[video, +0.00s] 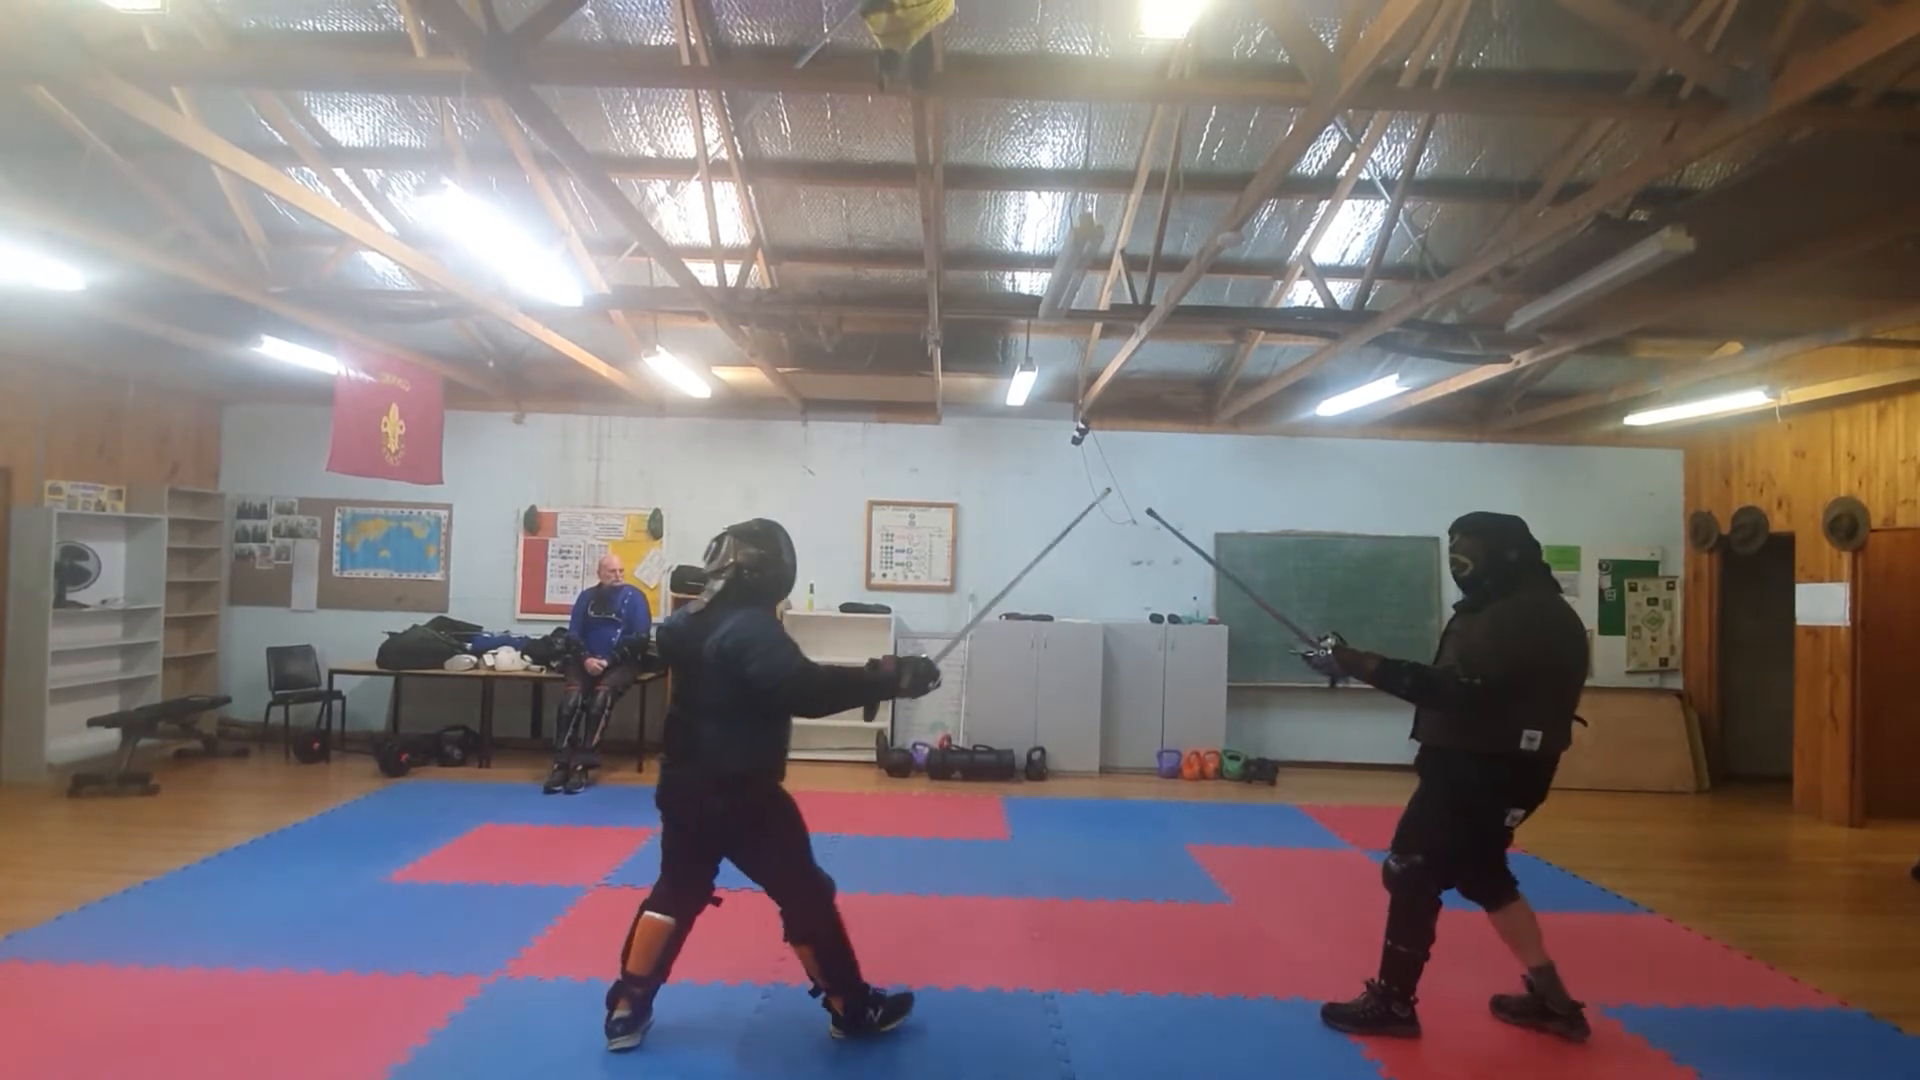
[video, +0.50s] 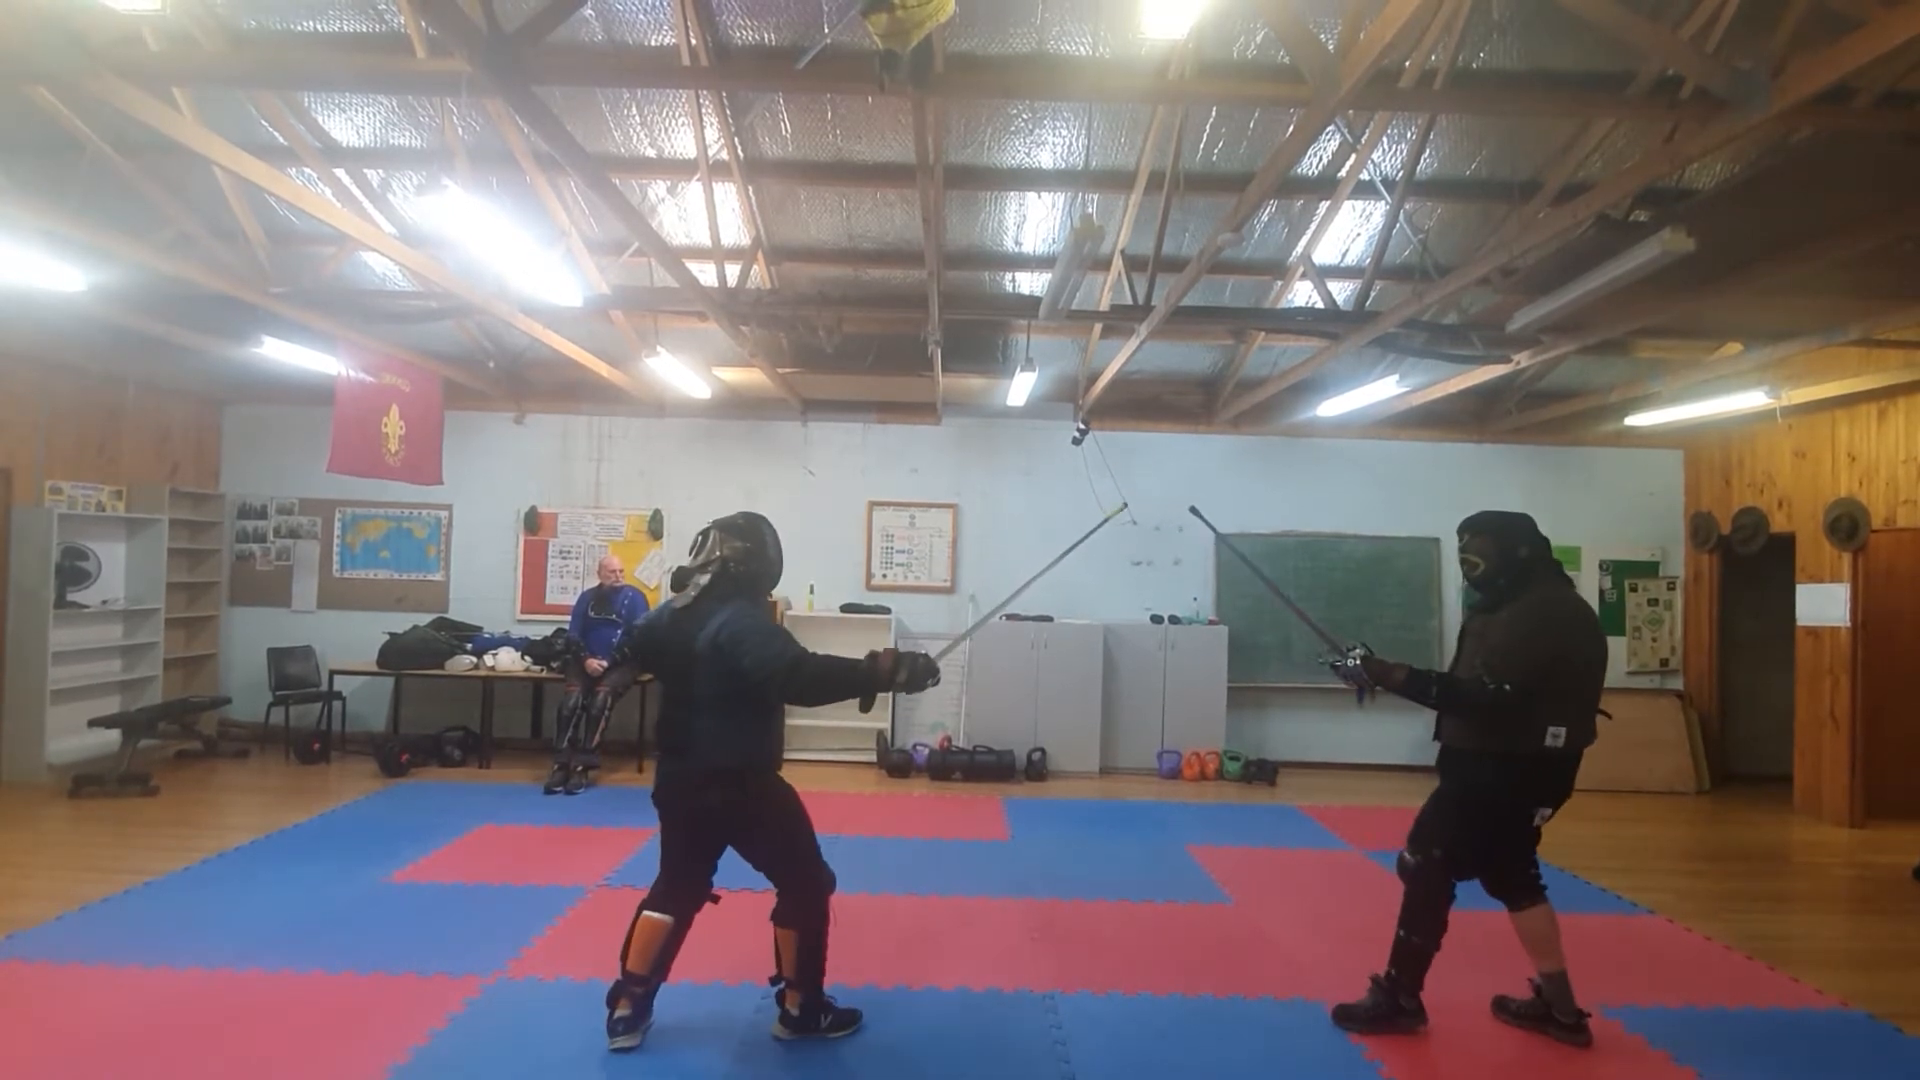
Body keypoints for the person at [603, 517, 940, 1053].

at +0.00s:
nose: (787, 586)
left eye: (784, 576)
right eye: (785, 575)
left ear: (722, 567)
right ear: (772, 575)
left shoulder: (692, 623)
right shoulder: (754, 628)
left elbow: (649, 644)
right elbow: (794, 686)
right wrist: (883, 677)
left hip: (685, 794)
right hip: (747, 798)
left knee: (676, 891)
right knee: (806, 895)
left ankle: (626, 1010)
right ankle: (851, 1008)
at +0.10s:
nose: (773, 582)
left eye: (770, 571)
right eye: (770, 571)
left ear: (709, 562)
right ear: (757, 570)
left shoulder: (677, 619)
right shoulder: (741, 623)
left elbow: (633, 648)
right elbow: (781, 684)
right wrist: (866, 681)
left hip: (674, 789)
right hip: (738, 792)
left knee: (674, 889)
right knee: (799, 888)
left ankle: (627, 1007)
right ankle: (830, 1004)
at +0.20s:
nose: (769, 580)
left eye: (768, 569)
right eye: (766, 569)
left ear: (704, 558)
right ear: (752, 566)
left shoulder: (673, 613)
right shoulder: (737, 618)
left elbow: (631, 648)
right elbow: (774, 683)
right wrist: (863, 682)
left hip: (671, 785)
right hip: (734, 788)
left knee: (673, 887)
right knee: (796, 882)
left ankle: (626, 1009)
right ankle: (798, 1008)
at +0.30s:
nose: (768, 578)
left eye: (766, 567)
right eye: (765, 567)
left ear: (700, 557)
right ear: (751, 565)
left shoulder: (669, 614)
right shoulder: (736, 619)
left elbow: (630, 650)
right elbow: (778, 680)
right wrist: (865, 680)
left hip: (671, 786)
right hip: (736, 788)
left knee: (673, 887)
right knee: (796, 883)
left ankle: (627, 1008)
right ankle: (799, 1008)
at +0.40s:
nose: (771, 580)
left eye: (769, 569)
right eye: (768, 568)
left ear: (702, 558)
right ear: (755, 566)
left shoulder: (668, 618)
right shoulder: (740, 620)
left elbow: (633, 648)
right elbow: (784, 676)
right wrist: (873, 674)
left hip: (676, 788)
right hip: (742, 788)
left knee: (675, 887)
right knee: (801, 883)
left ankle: (628, 1007)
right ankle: (801, 1008)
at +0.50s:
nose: (774, 579)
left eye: (772, 569)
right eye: (771, 568)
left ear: (706, 558)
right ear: (759, 567)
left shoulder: (670, 619)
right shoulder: (747, 622)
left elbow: (633, 648)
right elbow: (790, 673)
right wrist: (878, 671)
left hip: (682, 788)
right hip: (749, 789)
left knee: (677, 886)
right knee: (805, 882)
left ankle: (628, 1007)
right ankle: (801, 1008)